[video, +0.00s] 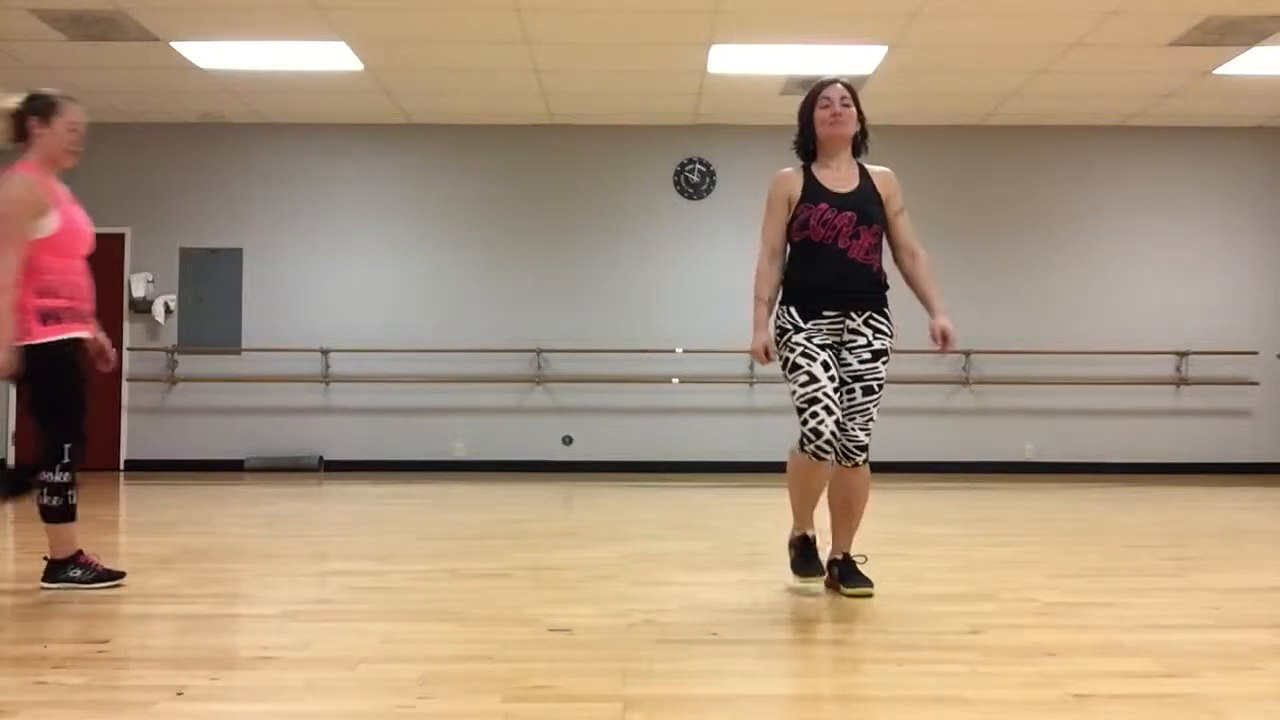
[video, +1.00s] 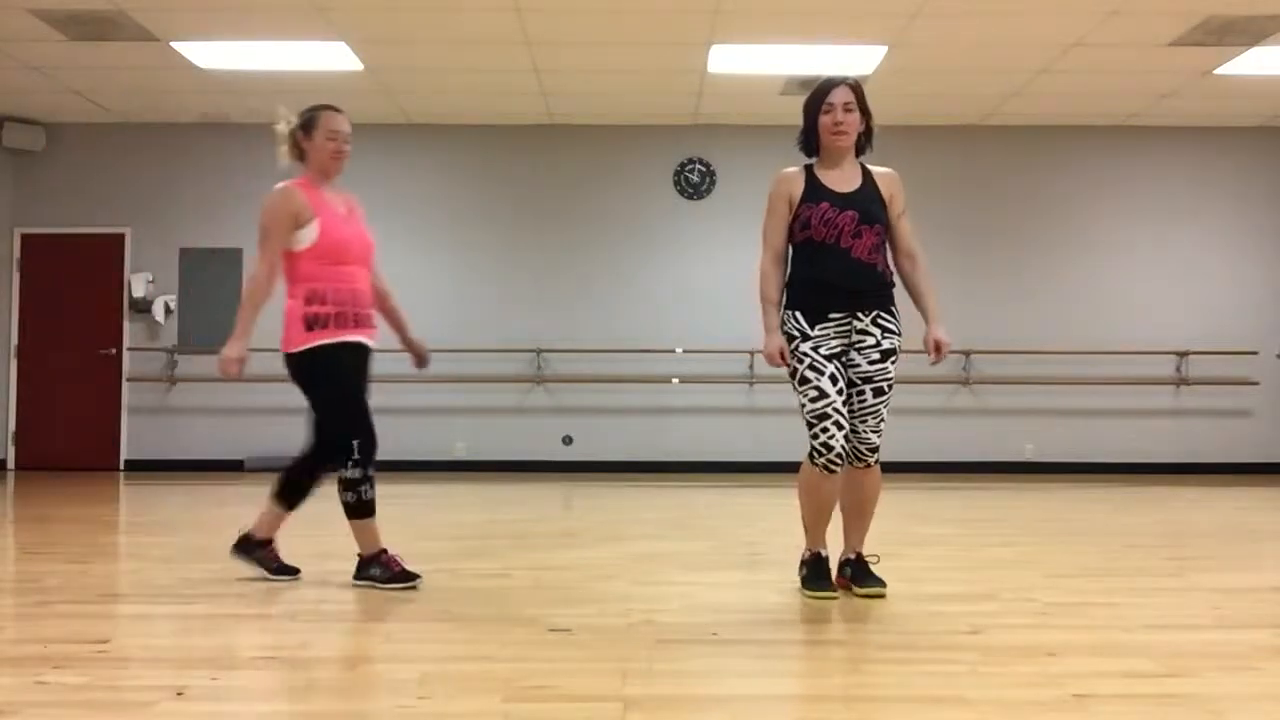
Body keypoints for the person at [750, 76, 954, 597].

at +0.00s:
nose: (837, 110)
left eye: (845, 103)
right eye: (826, 104)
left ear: (859, 118)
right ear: (809, 121)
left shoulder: (881, 181)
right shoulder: (790, 182)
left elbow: (909, 252)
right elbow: (770, 257)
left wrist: (937, 312)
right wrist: (760, 325)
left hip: (868, 323)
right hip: (803, 321)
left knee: (854, 439)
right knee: (820, 430)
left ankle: (842, 557)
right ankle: (803, 534)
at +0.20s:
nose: (834, 115)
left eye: (843, 108)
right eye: (824, 108)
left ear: (856, 121)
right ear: (806, 121)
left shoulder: (878, 184)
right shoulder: (785, 184)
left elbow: (900, 257)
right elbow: (766, 259)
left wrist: (923, 318)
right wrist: (757, 327)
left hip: (867, 325)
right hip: (803, 325)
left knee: (857, 442)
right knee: (821, 438)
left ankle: (843, 556)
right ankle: (807, 553)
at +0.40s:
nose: (835, 115)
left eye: (844, 107)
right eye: (824, 108)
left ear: (858, 119)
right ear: (808, 120)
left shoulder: (880, 182)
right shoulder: (787, 181)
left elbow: (895, 262)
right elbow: (765, 257)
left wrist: (905, 330)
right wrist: (754, 322)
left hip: (870, 322)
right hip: (803, 322)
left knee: (873, 435)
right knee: (817, 438)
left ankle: (852, 537)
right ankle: (808, 553)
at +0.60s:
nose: (841, 118)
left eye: (850, 110)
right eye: (830, 110)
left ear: (864, 121)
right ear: (815, 121)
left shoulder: (887, 183)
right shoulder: (794, 184)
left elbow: (906, 262)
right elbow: (772, 258)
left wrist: (920, 329)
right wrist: (762, 321)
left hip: (877, 327)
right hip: (810, 327)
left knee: (867, 444)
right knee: (822, 442)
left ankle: (853, 557)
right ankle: (809, 556)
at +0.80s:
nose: (843, 116)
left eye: (852, 108)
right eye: (833, 109)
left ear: (867, 119)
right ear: (816, 121)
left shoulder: (891, 180)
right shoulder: (796, 184)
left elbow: (914, 253)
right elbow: (779, 259)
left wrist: (936, 317)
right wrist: (773, 325)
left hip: (880, 326)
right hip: (815, 325)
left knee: (868, 441)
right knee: (830, 434)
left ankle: (854, 558)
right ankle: (812, 536)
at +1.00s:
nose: (840, 118)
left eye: (849, 109)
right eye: (829, 110)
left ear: (864, 120)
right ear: (813, 120)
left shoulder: (885, 183)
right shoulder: (791, 183)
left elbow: (908, 258)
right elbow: (773, 259)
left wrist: (932, 321)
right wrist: (771, 328)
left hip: (875, 326)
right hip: (810, 327)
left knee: (865, 444)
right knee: (830, 441)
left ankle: (854, 558)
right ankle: (814, 556)